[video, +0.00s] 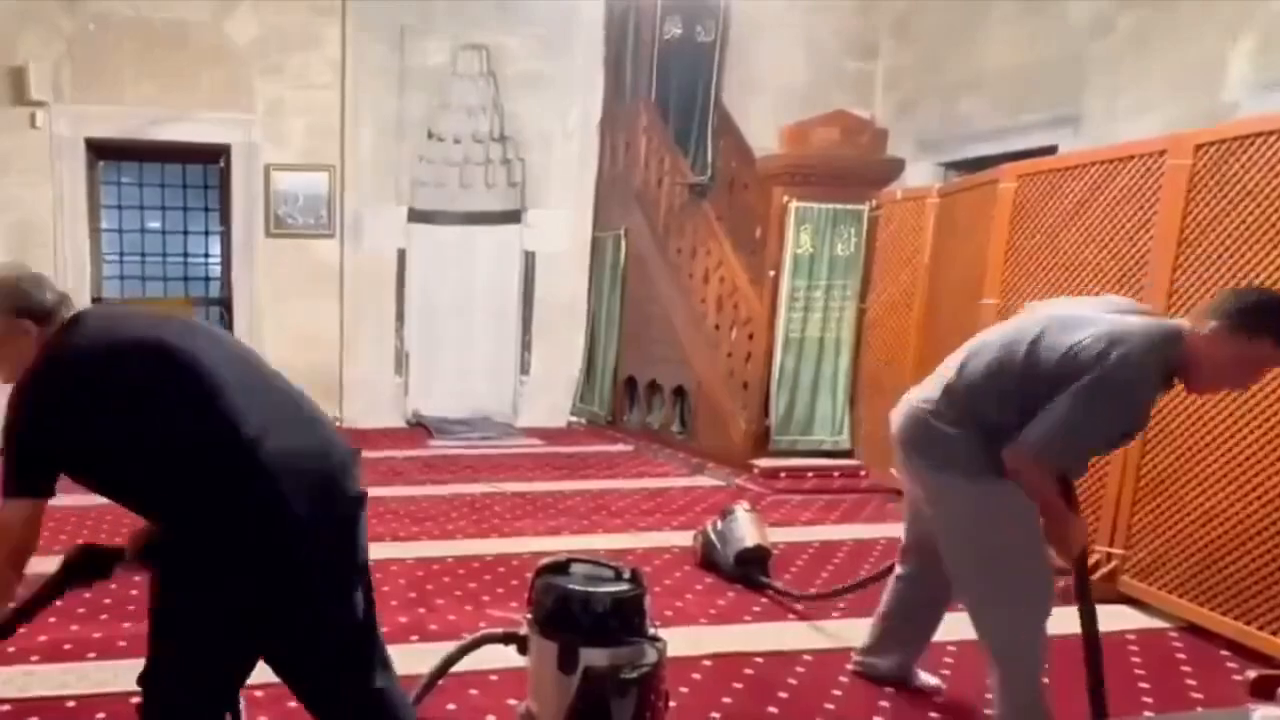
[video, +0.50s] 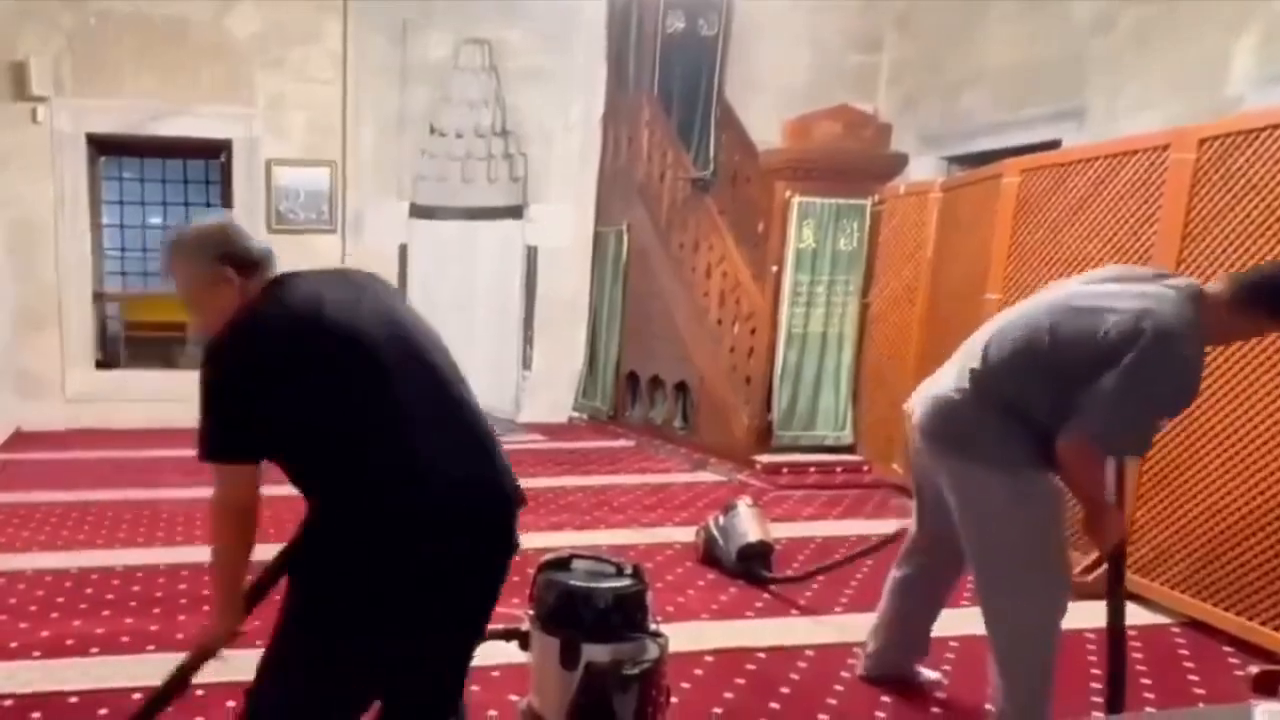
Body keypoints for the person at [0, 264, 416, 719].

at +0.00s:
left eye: (0, 341)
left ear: (24, 328)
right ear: (56, 311)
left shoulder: (43, 390)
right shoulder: (136, 330)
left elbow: (10, 567)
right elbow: (212, 475)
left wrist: (11, 608)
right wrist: (122, 554)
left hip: (226, 525)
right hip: (325, 488)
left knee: (181, 702)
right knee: (355, 686)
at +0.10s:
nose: (34, 356)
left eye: (31, 334)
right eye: (26, 338)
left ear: (62, 312)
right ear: (94, 296)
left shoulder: (77, 382)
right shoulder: (192, 318)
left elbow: (48, 541)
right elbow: (245, 446)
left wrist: (12, 632)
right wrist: (164, 535)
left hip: (244, 532)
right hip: (349, 500)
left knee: (191, 704)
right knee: (362, 692)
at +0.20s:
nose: (82, 342)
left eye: (80, 322)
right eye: (74, 326)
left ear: (111, 304)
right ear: (149, 286)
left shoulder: (124, 372)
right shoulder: (236, 306)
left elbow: (93, 527)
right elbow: (288, 438)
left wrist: (55, 629)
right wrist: (212, 529)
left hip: (277, 531)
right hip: (383, 507)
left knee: (205, 705)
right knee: (373, 698)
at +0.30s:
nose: (121, 337)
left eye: (120, 315)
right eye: (114, 320)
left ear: (158, 296)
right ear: (188, 283)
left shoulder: (170, 364)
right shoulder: (283, 300)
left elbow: (145, 522)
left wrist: (118, 627)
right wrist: (258, 526)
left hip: (313, 536)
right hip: (418, 514)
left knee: (236, 706)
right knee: (387, 698)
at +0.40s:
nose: (162, 329)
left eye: (163, 309)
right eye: (157, 312)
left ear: (200, 291)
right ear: (230, 277)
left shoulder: (210, 359)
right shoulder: (325, 295)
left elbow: (196, 510)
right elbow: (366, 410)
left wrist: (177, 622)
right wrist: (300, 503)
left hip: (348, 534)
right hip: (455, 515)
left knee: (277, 703)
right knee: (412, 697)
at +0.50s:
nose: (195, 326)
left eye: (194, 305)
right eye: (188, 308)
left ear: (229, 282)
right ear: (259, 270)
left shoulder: (239, 348)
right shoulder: (353, 287)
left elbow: (236, 502)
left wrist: (226, 611)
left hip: (373, 531)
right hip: (482, 513)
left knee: (287, 706)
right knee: (424, 701)